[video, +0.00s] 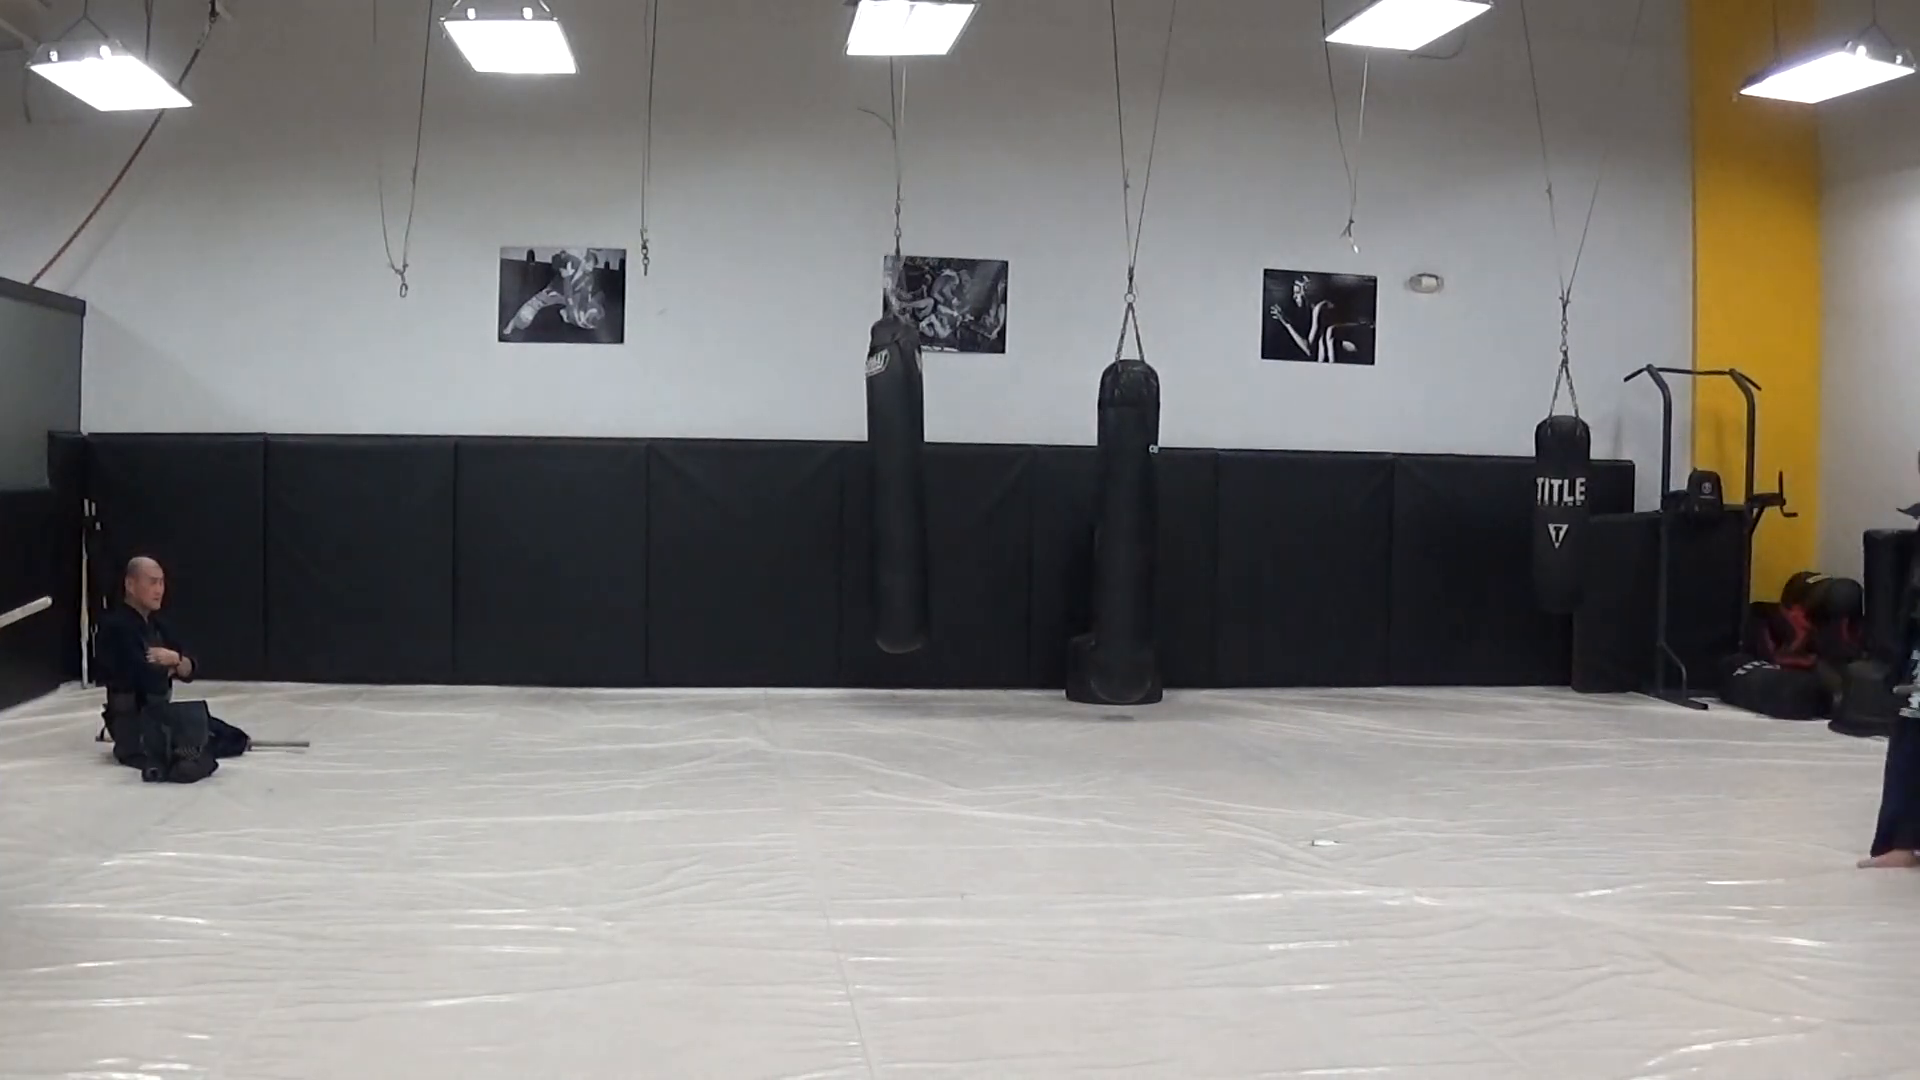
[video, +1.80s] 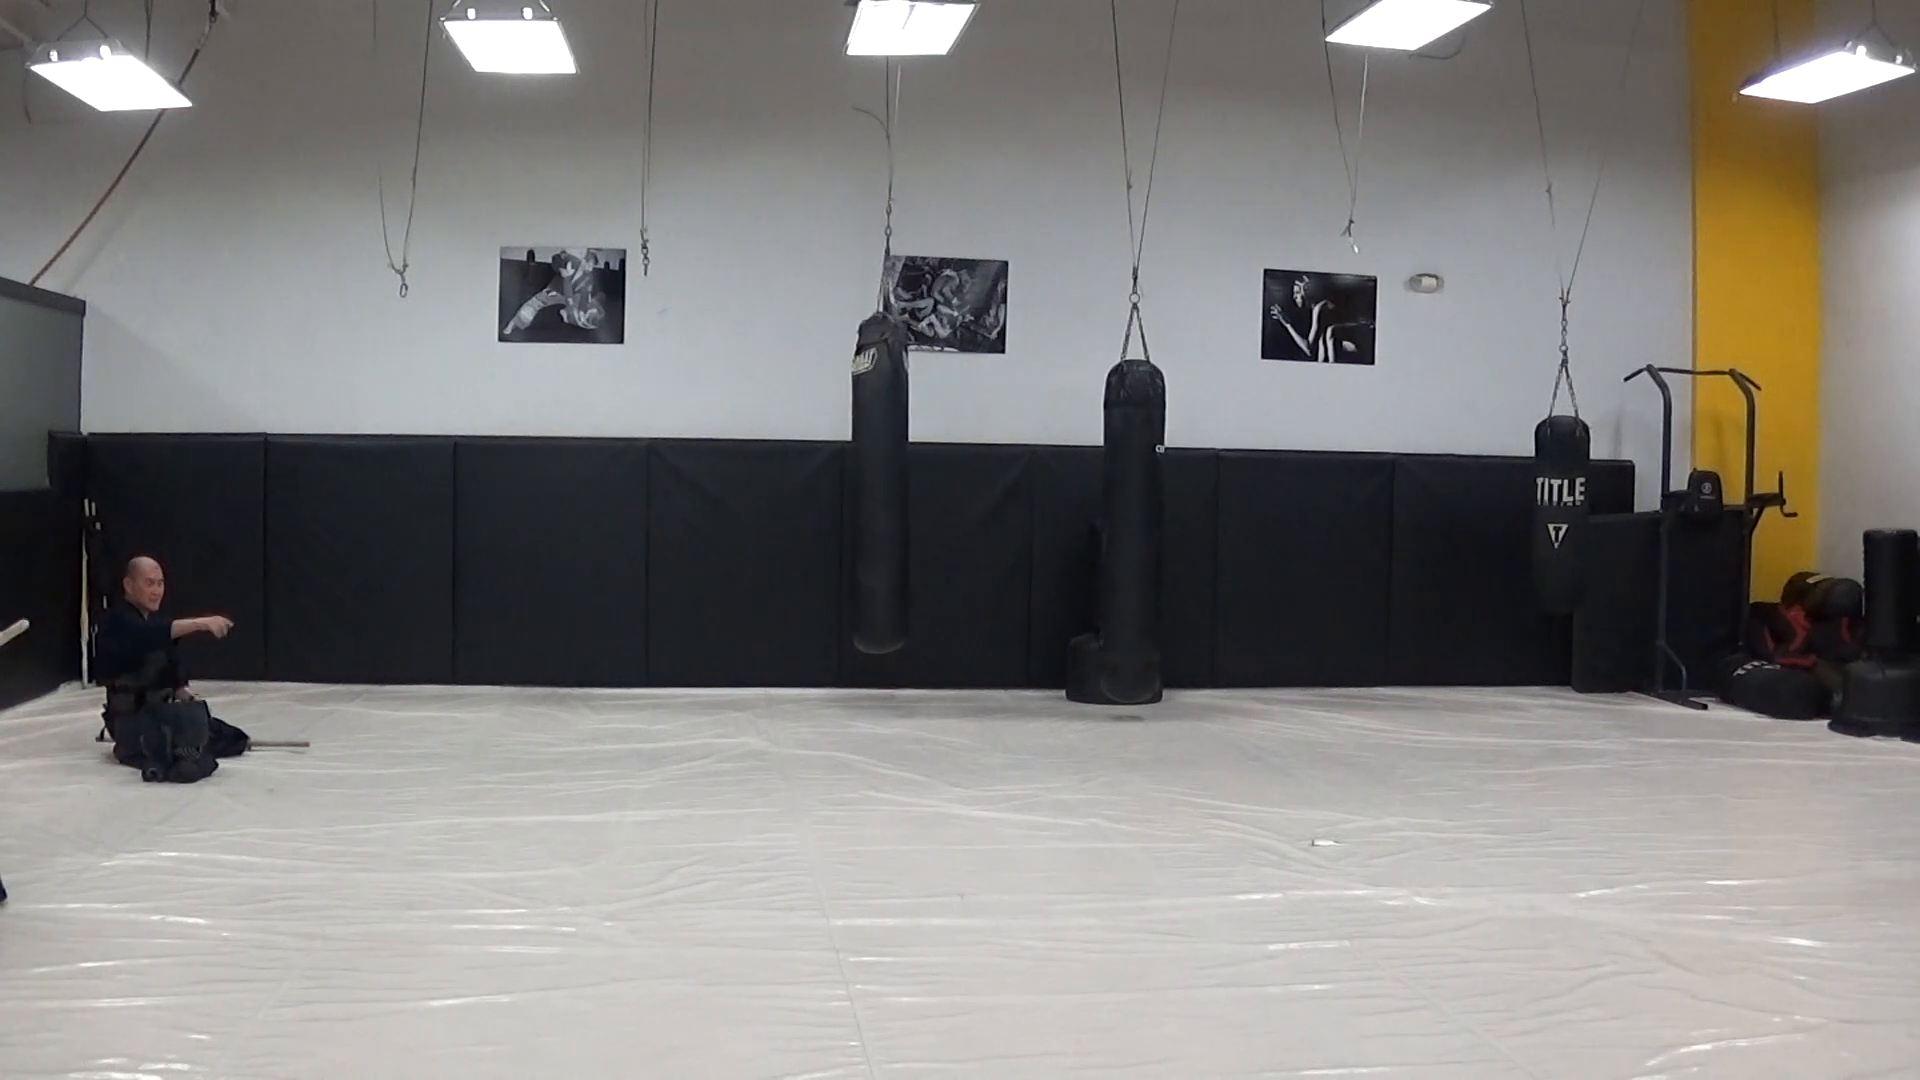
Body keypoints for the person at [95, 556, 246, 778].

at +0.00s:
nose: (160, 590)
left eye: (161, 583)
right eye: (153, 582)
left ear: (164, 585)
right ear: (130, 585)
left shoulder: (156, 623)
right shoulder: (115, 625)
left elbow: (191, 671)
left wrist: (175, 659)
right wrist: (173, 667)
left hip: (161, 720)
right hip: (132, 729)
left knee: (236, 740)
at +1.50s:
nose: (159, 589)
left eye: (160, 582)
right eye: (152, 582)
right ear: (129, 585)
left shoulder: (155, 623)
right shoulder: (114, 624)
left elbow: (169, 674)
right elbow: (136, 664)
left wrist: (190, 669)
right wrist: (175, 654)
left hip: (162, 716)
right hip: (129, 723)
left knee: (236, 740)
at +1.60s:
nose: (158, 589)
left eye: (160, 582)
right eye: (151, 582)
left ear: (163, 585)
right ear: (129, 586)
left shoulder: (154, 623)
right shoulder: (116, 621)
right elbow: (145, 652)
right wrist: (194, 634)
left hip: (162, 717)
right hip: (130, 724)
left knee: (236, 740)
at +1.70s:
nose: (157, 590)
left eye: (160, 583)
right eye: (150, 582)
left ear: (163, 585)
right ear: (128, 586)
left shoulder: (156, 621)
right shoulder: (116, 620)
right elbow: (149, 639)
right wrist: (204, 622)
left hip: (162, 715)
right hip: (128, 721)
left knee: (236, 739)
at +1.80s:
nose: (157, 590)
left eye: (160, 583)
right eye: (150, 583)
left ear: (164, 585)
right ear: (128, 585)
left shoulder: (157, 624)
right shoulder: (116, 620)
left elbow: (173, 679)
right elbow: (147, 634)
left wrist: (186, 697)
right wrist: (201, 624)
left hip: (166, 712)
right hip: (129, 719)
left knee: (235, 740)